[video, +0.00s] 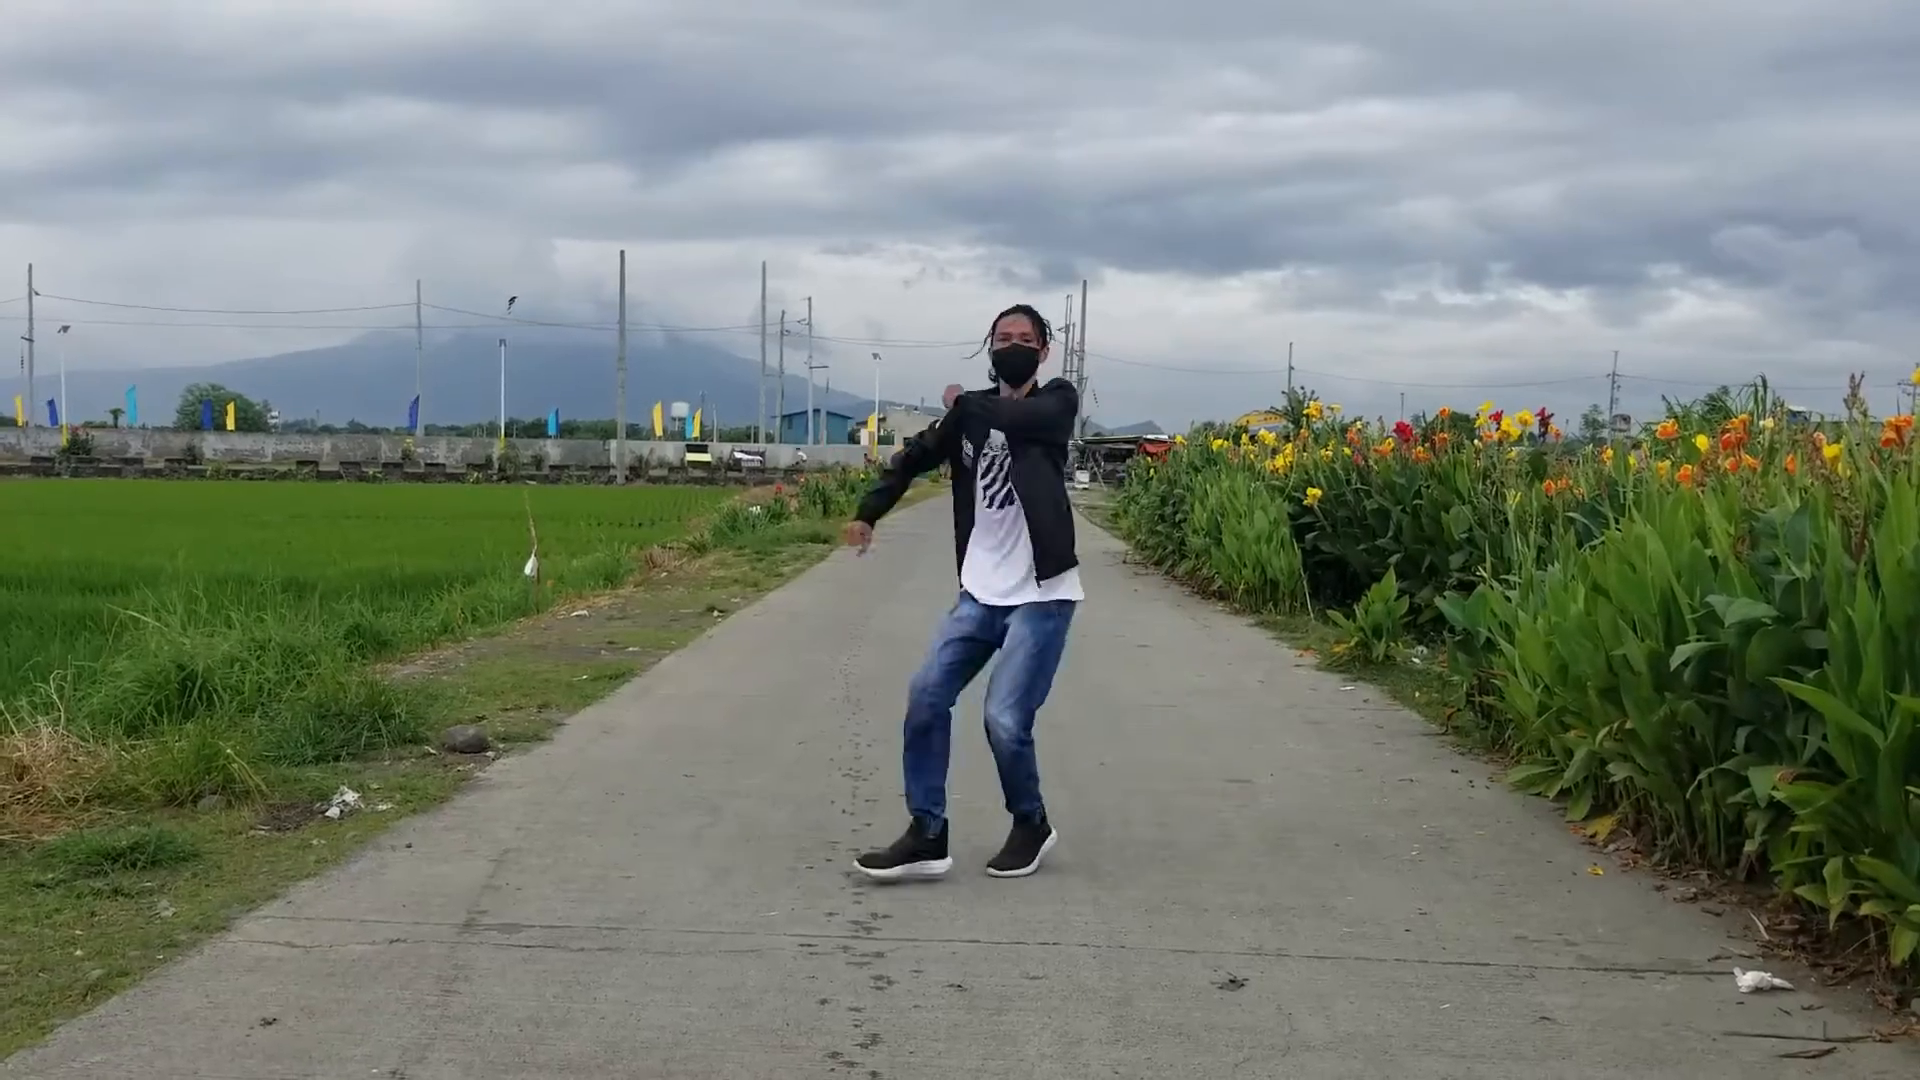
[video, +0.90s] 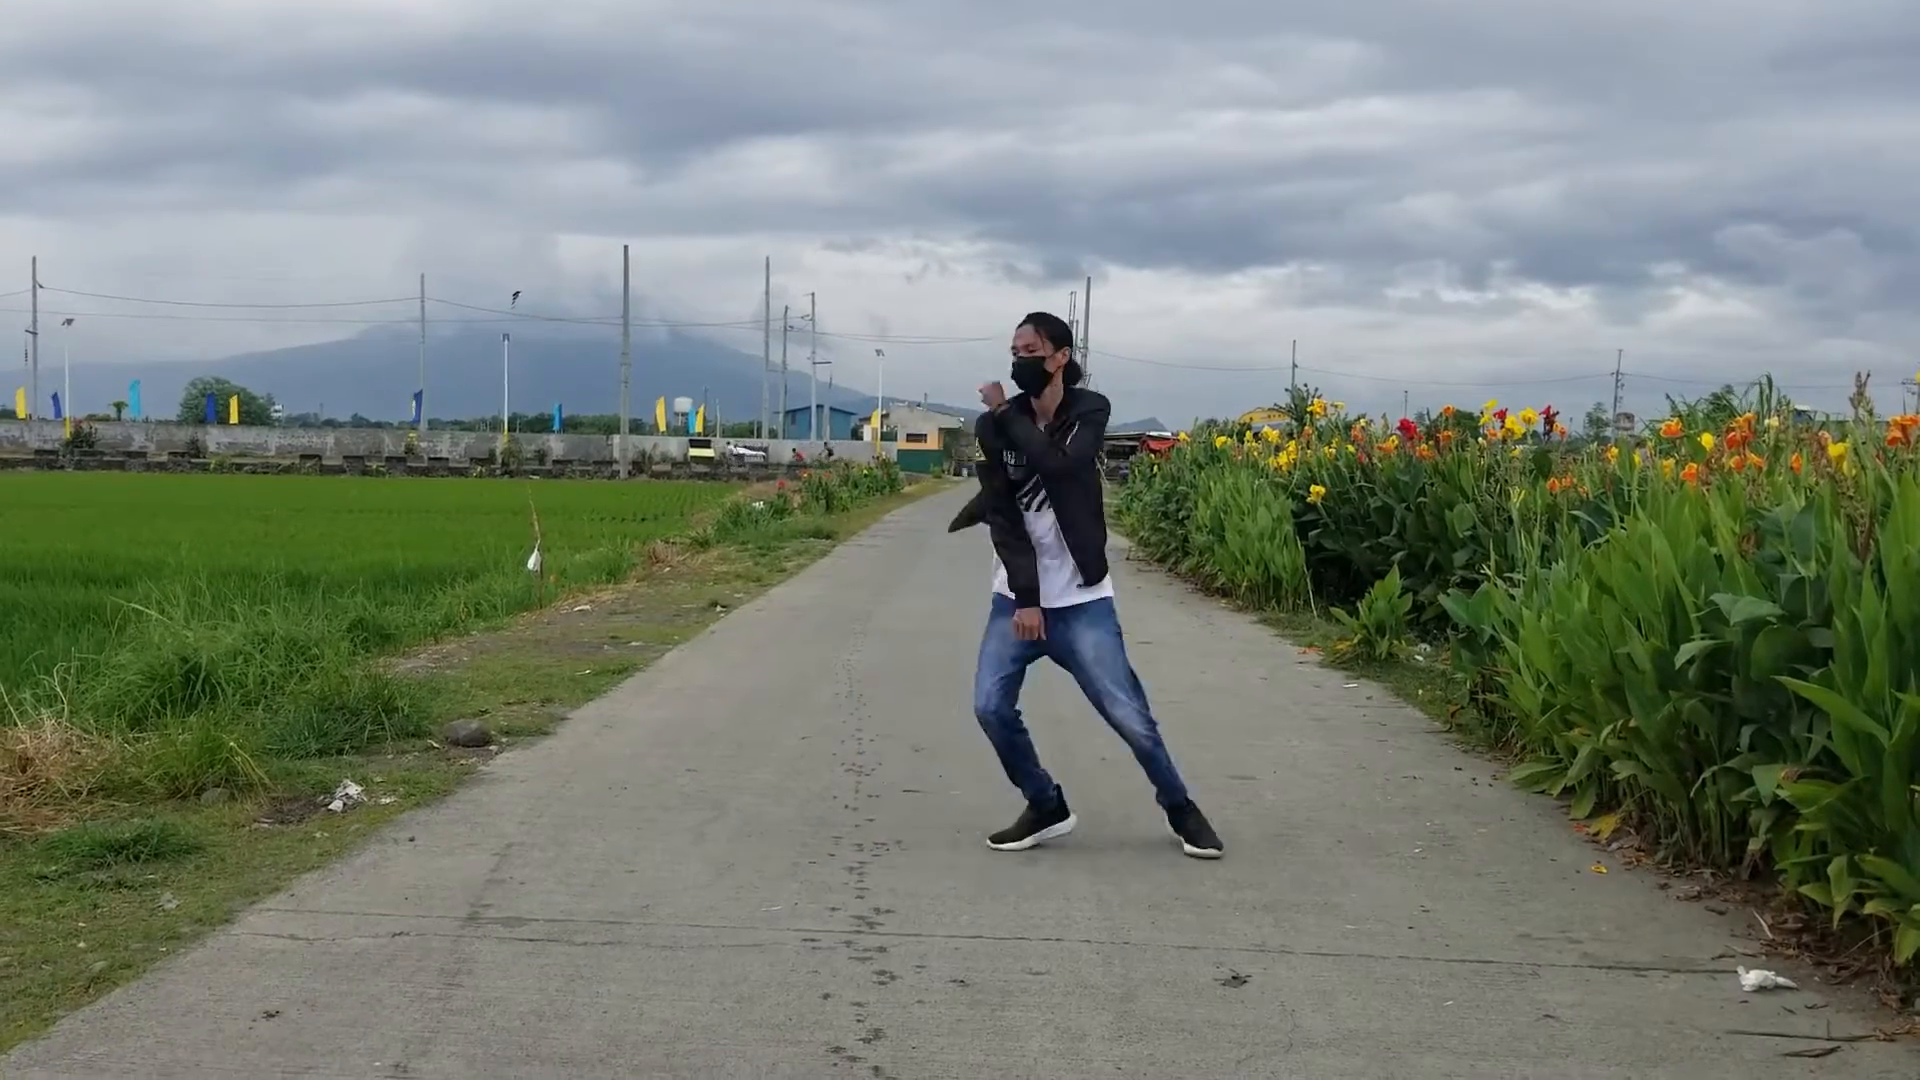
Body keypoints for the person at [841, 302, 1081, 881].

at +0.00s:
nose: (1013, 341)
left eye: (1025, 334)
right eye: (1003, 334)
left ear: (1043, 349)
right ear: (990, 348)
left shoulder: (1058, 397)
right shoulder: (967, 411)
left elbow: (1033, 419)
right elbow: (912, 462)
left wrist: (965, 402)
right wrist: (867, 514)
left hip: (1045, 592)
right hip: (982, 592)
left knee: (1004, 718)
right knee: (926, 693)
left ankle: (1030, 825)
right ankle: (927, 835)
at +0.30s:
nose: (970, 349)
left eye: (980, 342)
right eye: (970, 341)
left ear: (1012, 351)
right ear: (991, 353)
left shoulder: (1032, 414)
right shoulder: (985, 421)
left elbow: (1021, 467)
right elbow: (975, 507)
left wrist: (950, 453)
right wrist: (928, 497)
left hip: (998, 595)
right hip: (948, 585)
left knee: (961, 722)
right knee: (876, 679)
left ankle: (1018, 821)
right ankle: (895, 811)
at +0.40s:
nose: (965, 346)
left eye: (974, 338)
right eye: (967, 338)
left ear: (1002, 351)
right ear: (997, 353)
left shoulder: (1023, 405)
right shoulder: (992, 411)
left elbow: (1059, 462)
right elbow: (997, 473)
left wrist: (986, 516)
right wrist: (966, 432)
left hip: (989, 590)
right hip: (948, 580)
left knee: (946, 720)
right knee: (875, 684)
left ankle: (1013, 817)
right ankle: (895, 799)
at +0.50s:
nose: (960, 356)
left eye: (969, 348)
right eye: (963, 348)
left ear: (997, 360)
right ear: (994, 361)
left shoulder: (1017, 418)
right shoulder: (984, 418)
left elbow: (1055, 496)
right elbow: (995, 501)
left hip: (982, 596)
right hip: (944, 584)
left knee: (926, 721)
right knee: (901, 701)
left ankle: (1003, 816)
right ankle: (905, 807)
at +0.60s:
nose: (969, 344)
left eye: (979, 337)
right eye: (971, 336)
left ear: (1008, 350)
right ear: (998, 351)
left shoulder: (1020, 410)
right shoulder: (994, 409)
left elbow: (1050, 496)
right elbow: (978, 470)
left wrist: (1048, 585)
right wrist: (964, 422)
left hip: (1004, 596)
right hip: (967, 589)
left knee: (946, 705)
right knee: (908, 683)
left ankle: (1002, 822)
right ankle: (905, 801)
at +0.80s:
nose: (1010, 353)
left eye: (1021, 345)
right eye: (1006, 345)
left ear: (1050, 355)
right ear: (1001, 353)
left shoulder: (1074, 409)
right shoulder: (985, 405)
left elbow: (1034, 458)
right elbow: (966, 491)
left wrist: (960, 419)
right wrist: (1012, 551)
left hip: (1065, 577)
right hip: (1009, 578)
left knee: (1054, 694)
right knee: (987, 703)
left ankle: (1107, 798)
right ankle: (1048, 808)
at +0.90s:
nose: (1018, 357)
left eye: (1028, 349)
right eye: (1015, 349)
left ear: (1059, 355)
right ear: (1015, 355)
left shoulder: (1089, 407)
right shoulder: (997, 423)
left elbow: (1060, 463)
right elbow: (1001, 513)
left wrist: (1005, 409)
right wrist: (1026, 595)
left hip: (1082, 598)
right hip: (1017, 599)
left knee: (1131, 720)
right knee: (990, 707)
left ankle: (1182, 810)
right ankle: (1046, 804)